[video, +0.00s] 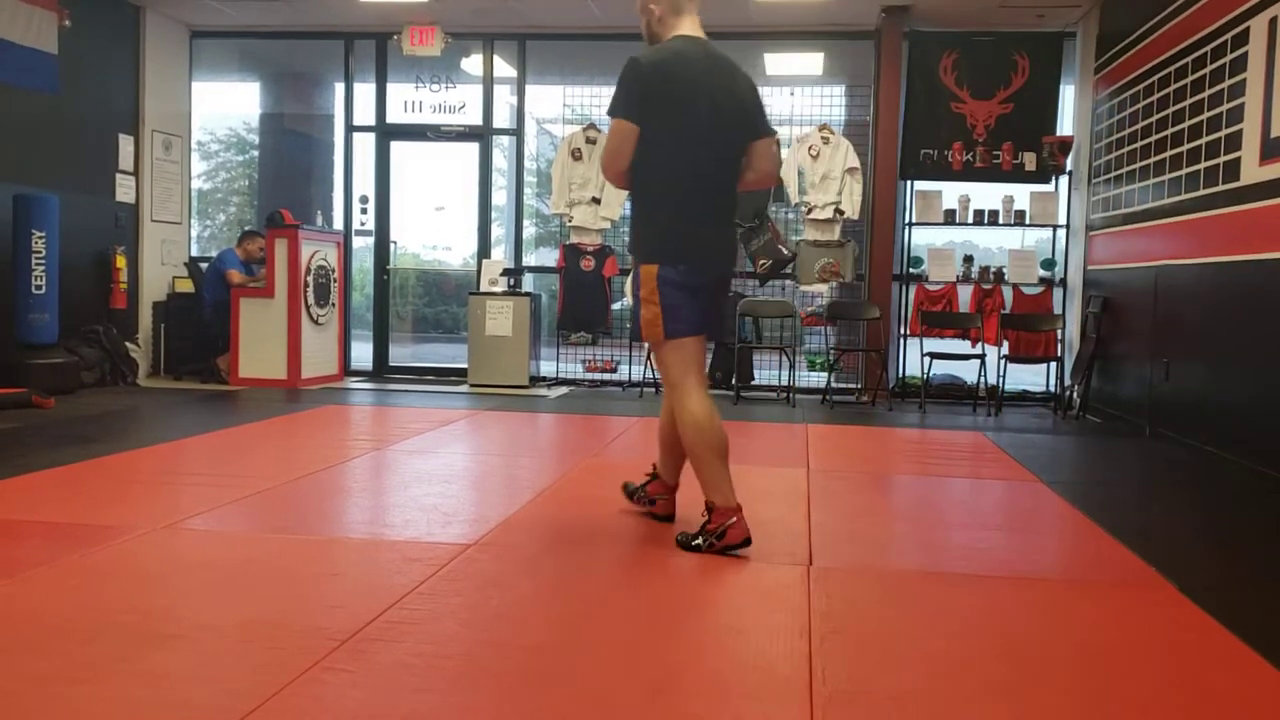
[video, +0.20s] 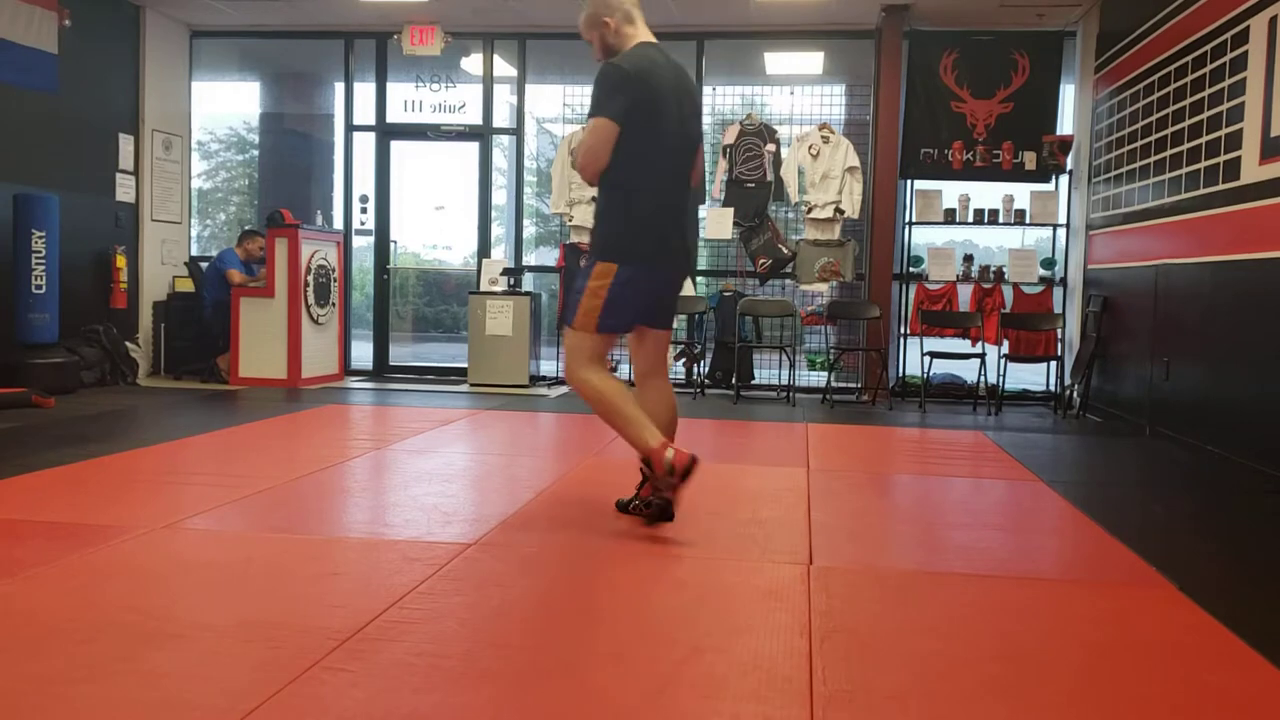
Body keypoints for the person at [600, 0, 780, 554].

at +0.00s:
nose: (640, 23)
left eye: (640, 15)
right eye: (641, 15)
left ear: (654, 11)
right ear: (696, 13)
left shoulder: (647, 67)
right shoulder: (739, 78)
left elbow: (615, 167)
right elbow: (764, 172)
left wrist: (653, 181)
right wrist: (706, 179)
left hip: (666, 245)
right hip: (715, 245)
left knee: (687, 381)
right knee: (681, 375)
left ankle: (725, 515)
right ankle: (662, 487)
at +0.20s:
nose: (594, 54)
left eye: (591, 44)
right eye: (589, 47)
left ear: (606, 24)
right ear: (635, 18)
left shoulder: (620, 71)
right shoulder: (683, 77)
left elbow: (589, 165)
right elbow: (694, 177)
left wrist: (582, 139)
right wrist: (627, 170)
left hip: (625, 242)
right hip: (673, 243)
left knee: (581, 364)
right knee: (652, 363)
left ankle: (663, 457)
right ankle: (658, 490)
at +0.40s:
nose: (540, 61)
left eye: (537, 50)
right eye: (534, 52)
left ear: (557, 31)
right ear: (571, 25)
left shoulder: (585, 71)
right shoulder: (617, 70)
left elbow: (562, 158)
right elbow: (618, 152)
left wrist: (544, 141)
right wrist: (555, 137)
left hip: (584, 238)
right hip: (626, 240)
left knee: (524, 350)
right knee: (628, 363)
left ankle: (530, 479)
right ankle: (651, 486)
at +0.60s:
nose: (473, 68)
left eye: (470, 56)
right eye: (467, 59)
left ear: (493, 36)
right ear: (502, 34)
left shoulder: (517, 83)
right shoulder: (552, 77)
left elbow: (514, 175)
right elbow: (548, 169)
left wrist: (472, 174)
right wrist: (487, 166)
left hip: (517, 253)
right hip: (562, 250)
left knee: (487, 372)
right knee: (579, 364)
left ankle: (462, 487)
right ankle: (636, 470)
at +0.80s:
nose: (408, 58)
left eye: (405, 46)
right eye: (402, 50)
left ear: (427, 26)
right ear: (441, 22)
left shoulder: (451, 68)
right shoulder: (500, 73)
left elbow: (444, 156)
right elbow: (526, 162)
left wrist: (408, 153)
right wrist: (445, 171)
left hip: (462, 241)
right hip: (492, 238)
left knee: (458, 361)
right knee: (467, 348)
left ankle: (460, 486)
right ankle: (516, 441)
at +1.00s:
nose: (356, 70)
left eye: (353, 59)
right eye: (351, 63)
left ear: (370, 37)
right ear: (383, 34)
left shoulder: (403, 71)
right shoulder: (436, 74)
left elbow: (364, 150)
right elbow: (472, 160)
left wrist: (336, 107)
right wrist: (397, 186)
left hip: (416, 243)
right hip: (415, 240)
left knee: (427, 365)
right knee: (384, 358)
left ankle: (458, 486)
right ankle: (355, 465)